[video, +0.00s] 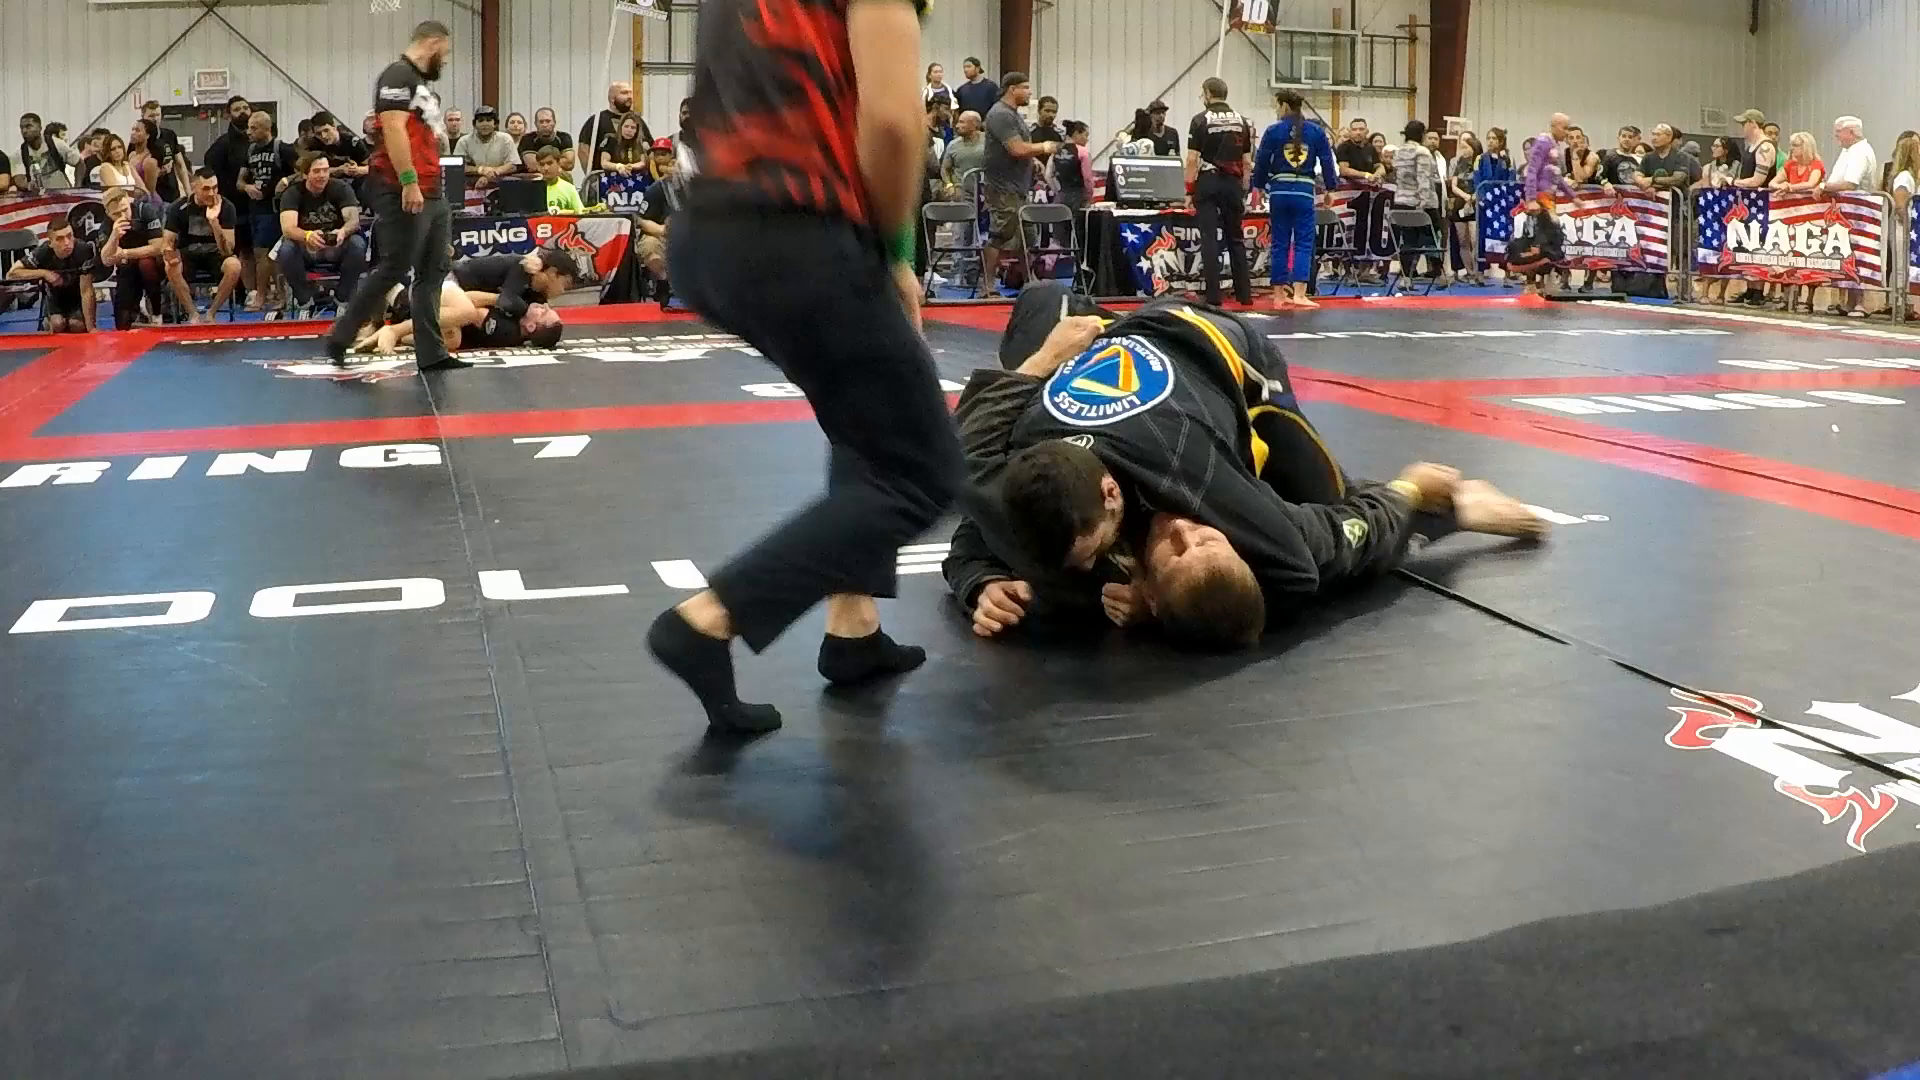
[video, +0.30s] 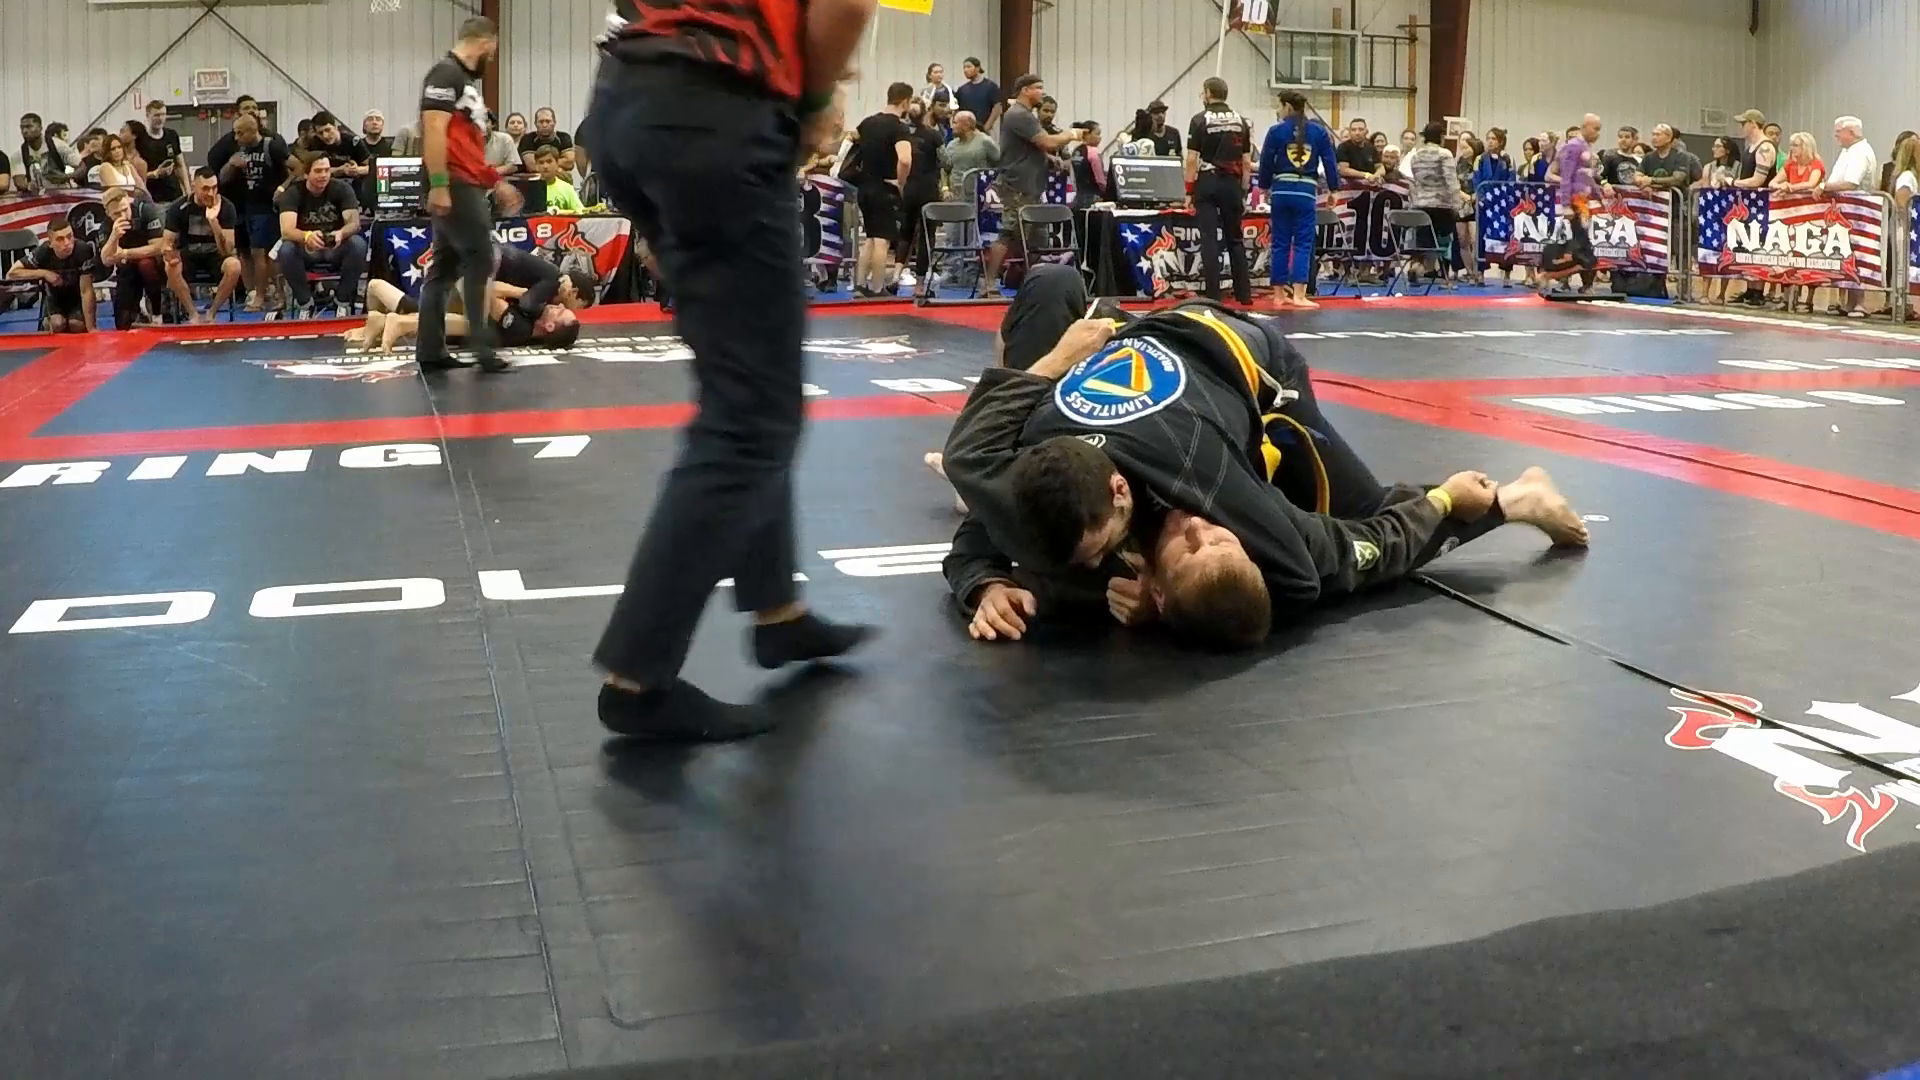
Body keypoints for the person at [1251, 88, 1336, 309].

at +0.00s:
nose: (1277, 109)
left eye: (1278, 106)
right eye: (1278, 106)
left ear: (1284, 106)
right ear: (1299, 106)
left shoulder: (1274, 130)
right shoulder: (1316, 130)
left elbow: (1261, 162)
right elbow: (1327, 162)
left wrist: (1258, 187)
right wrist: (1330, 189)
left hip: (1279, 194)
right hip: (1304, 195)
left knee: (1280, 242)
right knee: (1304, 243)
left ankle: (1279, 294)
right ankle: (1299, 294)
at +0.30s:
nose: (1280, 110)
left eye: (1281, 106)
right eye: (1281, 106)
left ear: (1287, 107)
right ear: (1303, 107)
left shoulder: (1276, 130)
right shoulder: (1319, 131)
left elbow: (1266, 161)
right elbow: (1330, 163)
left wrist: (1265, 185)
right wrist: (1333, 189)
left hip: (1280, 193)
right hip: (1305, 195)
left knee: (1280, 241)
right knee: (1304, 242)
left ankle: (1278, 294)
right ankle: (1299, 295)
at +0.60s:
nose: (1282, 109)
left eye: (1284, 106)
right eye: (1284, 105)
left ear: (1291, 106)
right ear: (1305, 106)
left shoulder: (1280, 130)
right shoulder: (1321, 131)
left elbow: (1269, 161)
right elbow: (1331, 162)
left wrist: (1266, 185)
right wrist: (1334, 189)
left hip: (1283, 193)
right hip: (1308, 195)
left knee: (1281, 242)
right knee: (1305, 243)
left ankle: (1278, 294)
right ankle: (1299, 295)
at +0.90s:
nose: (1285, 108)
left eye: (1287, 104)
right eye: (1286, 104)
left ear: (1296, 106)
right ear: (1306, 106)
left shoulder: (1283, 129)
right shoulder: (1323, 130)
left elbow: (1271, 161)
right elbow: (1331, 162)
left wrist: (1265, 185)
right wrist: (1333, 189)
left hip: (1285, 192)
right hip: (1310, 194)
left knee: (1282, 242)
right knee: (1305, 243)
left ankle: (1279, 293)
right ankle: (1299, 295)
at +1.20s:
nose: (1285, 107)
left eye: (1288, 104)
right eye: (1287, 103)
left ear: (1296, 105)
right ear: (1307, 106)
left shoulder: (1284, 129)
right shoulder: (1324, 131)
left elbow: (1273, 161)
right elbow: (1331, 164)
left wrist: (1266, 186)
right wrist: (1331, 190)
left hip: (1286, 191)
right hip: (1311, 194)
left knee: (1282, 241)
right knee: (1305, 242)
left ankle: (1279, 292)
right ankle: (1299, 295)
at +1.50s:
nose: (1286, 107)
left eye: (1288, 103)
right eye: (1287, 103)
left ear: (1296, 105)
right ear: (1308, 105)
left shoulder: (1283, 128)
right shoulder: (1322, 130)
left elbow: (1271, 159)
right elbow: (1334, 159)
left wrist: (1265, 184)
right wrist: (1336, 182)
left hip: (1285, 192)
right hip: (1309, 194)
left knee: (1281, 241)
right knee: (1305, 243)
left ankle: (1279, 293)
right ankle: (1299, 296)